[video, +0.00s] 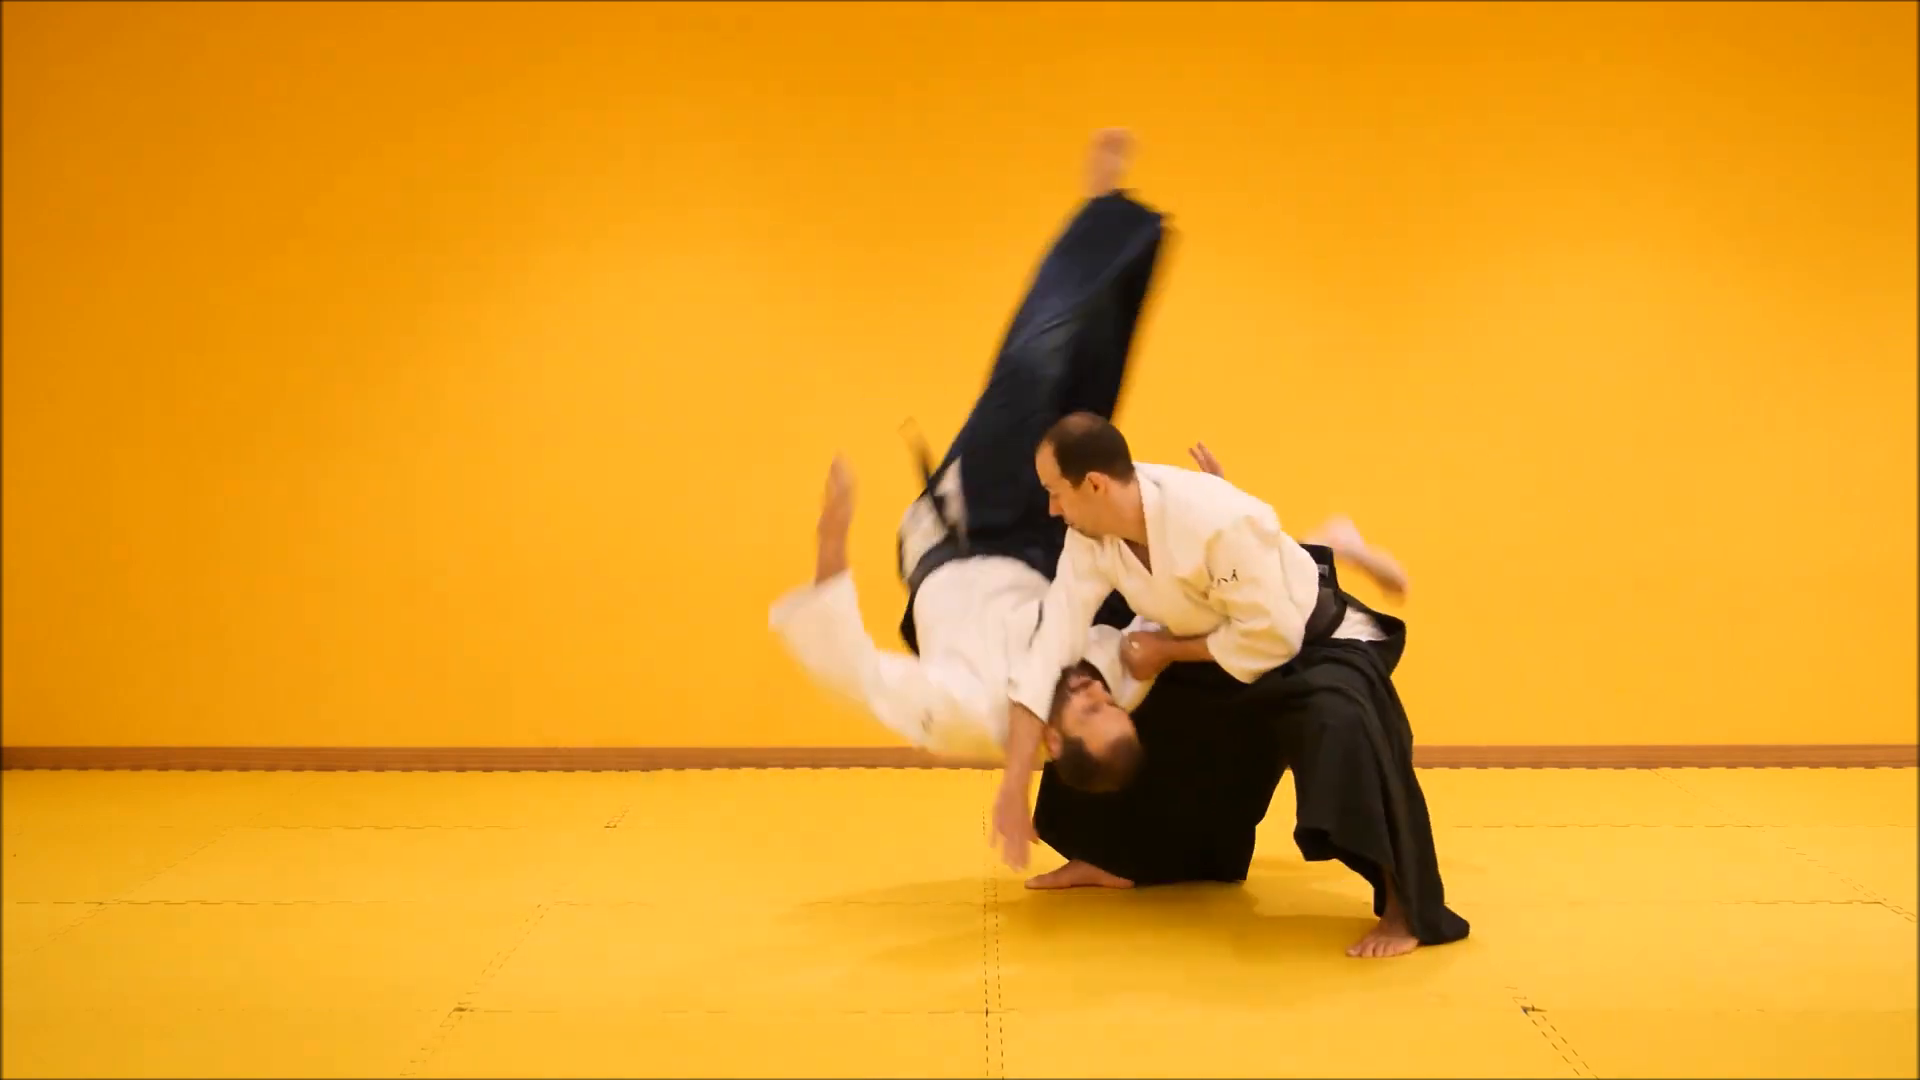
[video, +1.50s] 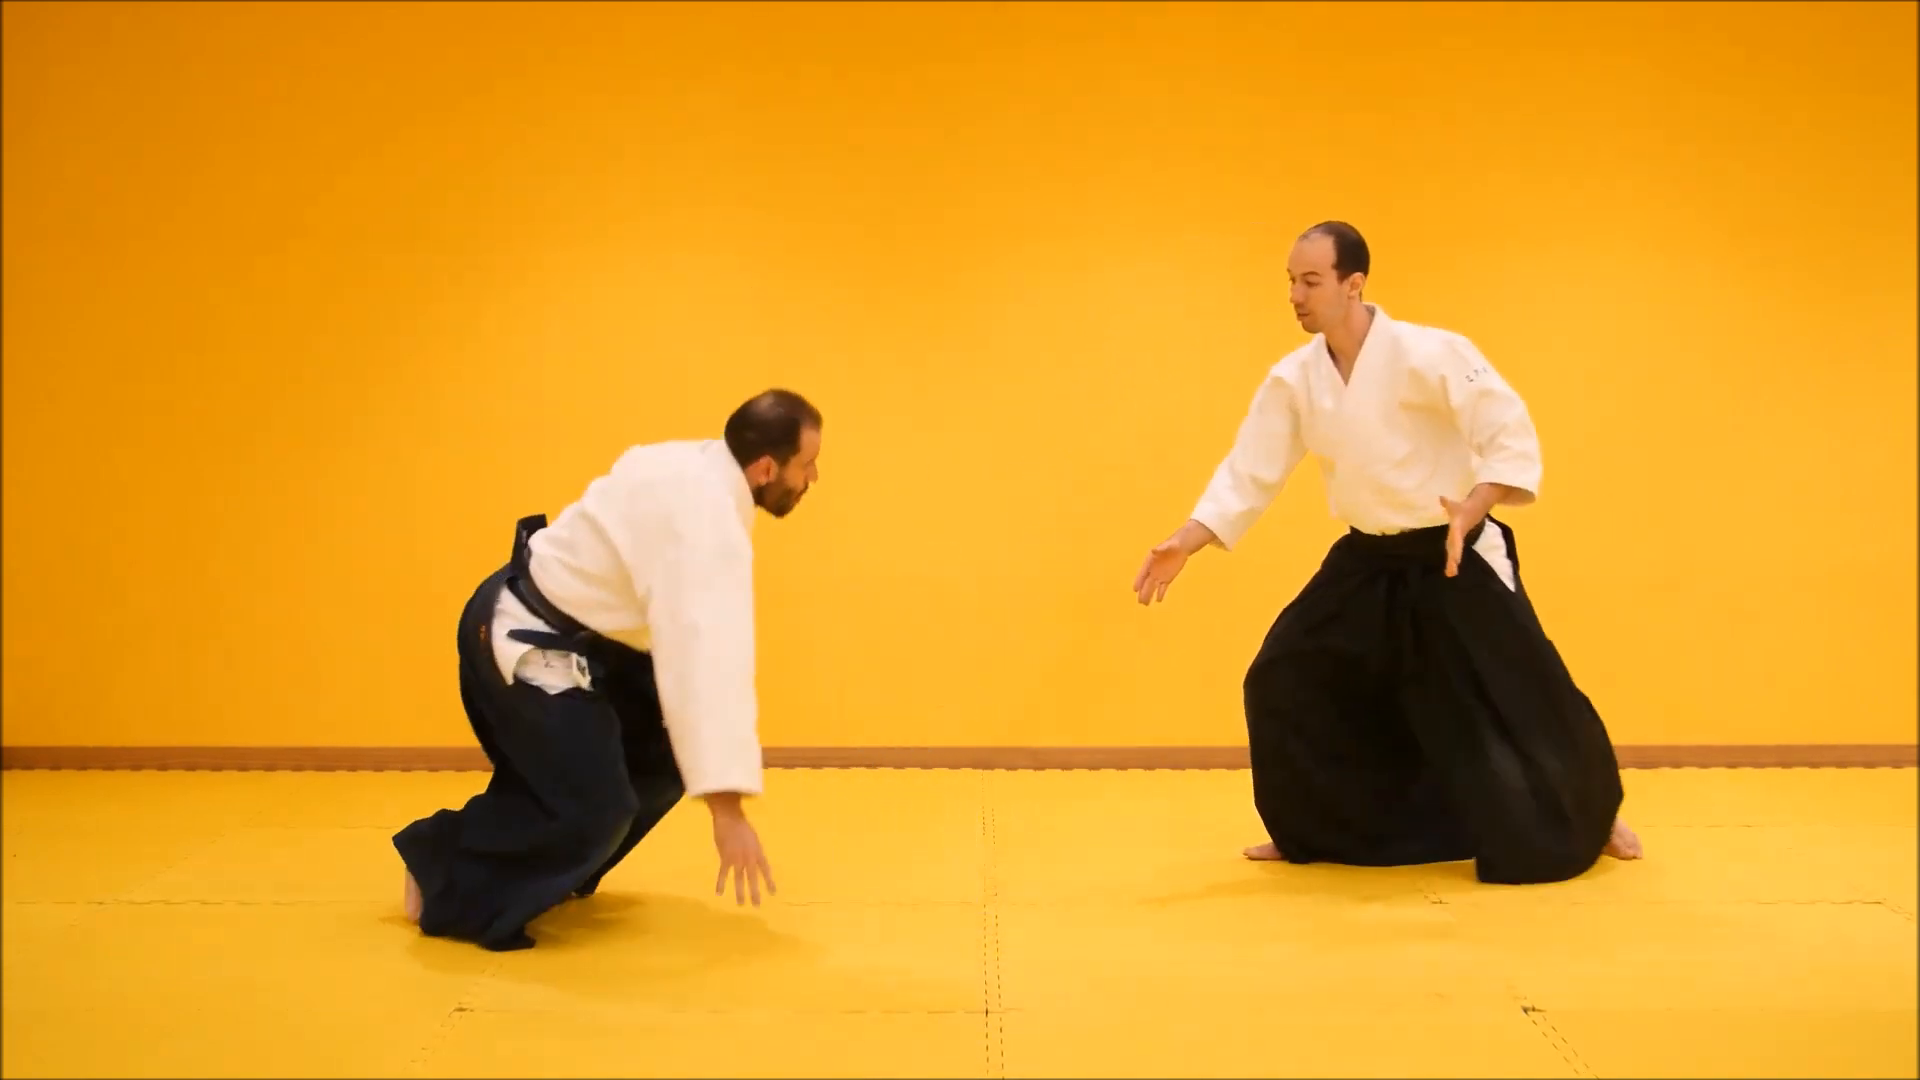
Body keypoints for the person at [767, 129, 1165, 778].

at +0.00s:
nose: (1092, 695)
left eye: (1086, 716)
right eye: (1111, 710)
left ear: (1058, 741)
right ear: (1122, 707)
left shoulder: (961, 716)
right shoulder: (1119, 663)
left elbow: (853, 668)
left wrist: (831, 550)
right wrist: (1215, 514)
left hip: (962, 545)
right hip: (1061, 557)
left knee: (1034, 360)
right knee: (1090, 388)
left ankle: (1107, 205)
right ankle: (1135, 230)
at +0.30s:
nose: (1155, 789)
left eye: (1169, 813)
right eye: (1173, 780)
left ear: (1166, 841)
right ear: (1169, 759)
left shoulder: (1098, 875)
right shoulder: (1109, 732)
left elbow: (977, 906)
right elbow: (1079, 648)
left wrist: (869, 853)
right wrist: (1084, 551)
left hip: (886, 843)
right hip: (914, 745)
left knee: (697, 855)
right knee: (748, 674)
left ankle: (542, 784)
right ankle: (674, 772)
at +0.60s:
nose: (1033, 796)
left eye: (1055, 804)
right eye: (1038, 776)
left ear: (1086, 809)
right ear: (1045, 738)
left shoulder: (1074, 852)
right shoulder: (1004, 693)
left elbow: (1043, 923)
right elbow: (910, 632)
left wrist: (958, 862)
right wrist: (810, 563)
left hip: (824, 874)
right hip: (811, 779)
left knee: (633, 851)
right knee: (606, 762)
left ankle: (501, 781)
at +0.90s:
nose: (855, 707)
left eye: (874, 694)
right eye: (843, 688)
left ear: (901, 671)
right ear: (818, 653)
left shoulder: (945, 721)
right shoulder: (756, 655)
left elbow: (997, 833)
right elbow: (674, 741)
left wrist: (925, 921)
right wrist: (696, 858)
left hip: (802, 853)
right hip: (733, 780)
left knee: (652, 917)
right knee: (593, 699)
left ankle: (551, 891)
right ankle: (541, 861)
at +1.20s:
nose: (824, 637)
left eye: (829, 622)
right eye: (809, 625)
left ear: (835, 609)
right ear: (756, 616)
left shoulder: (832, 650)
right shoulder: (663, 626)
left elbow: (868, 767)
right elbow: (648, 773)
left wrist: (905, 906)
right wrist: (697, 905)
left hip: (710, 758)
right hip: (606, 705)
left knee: (702, 905)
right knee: (472, 768)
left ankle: (569, 879)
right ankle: (494, 883)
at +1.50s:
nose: (813, 476)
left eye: (815, 462)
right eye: (808, 463)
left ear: (759, 462)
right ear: (765, 469)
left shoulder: (695, 468)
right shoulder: (703, 512)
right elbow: (706, 656)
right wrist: (727, 809)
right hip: (526, 643)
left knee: (664, 763)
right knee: (595, 808)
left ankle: (557, 864)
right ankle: (442, 861)